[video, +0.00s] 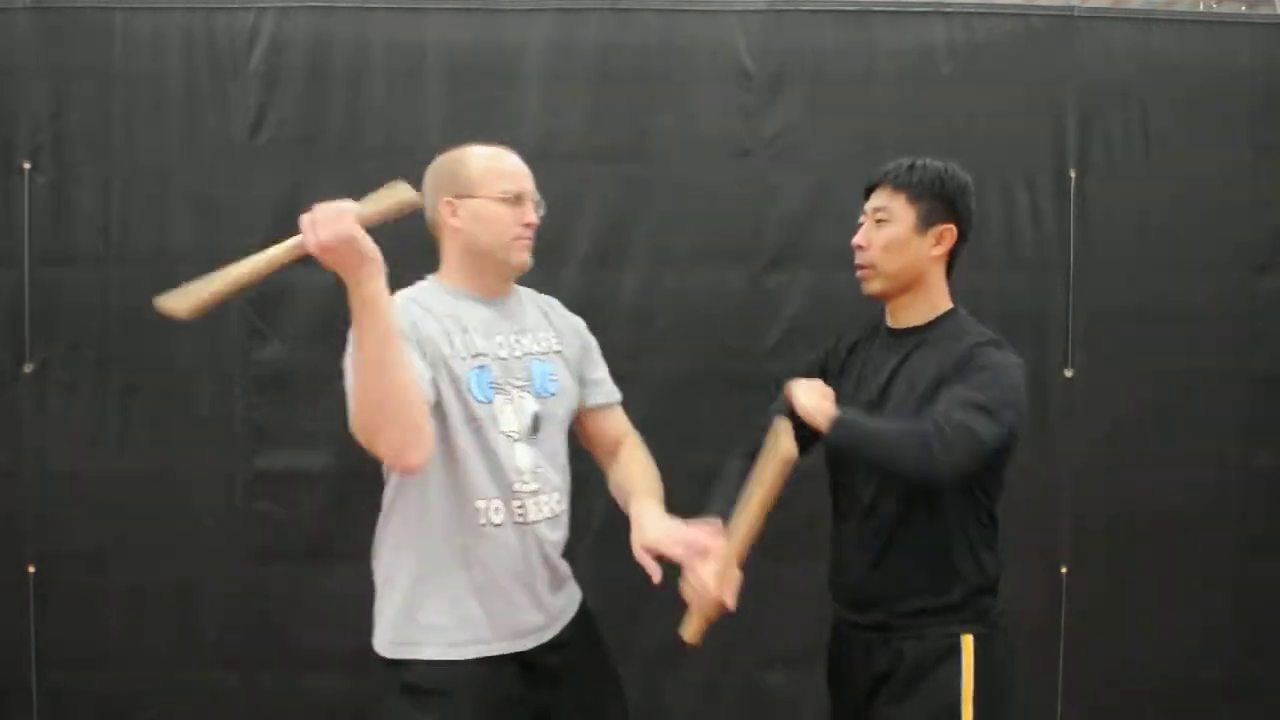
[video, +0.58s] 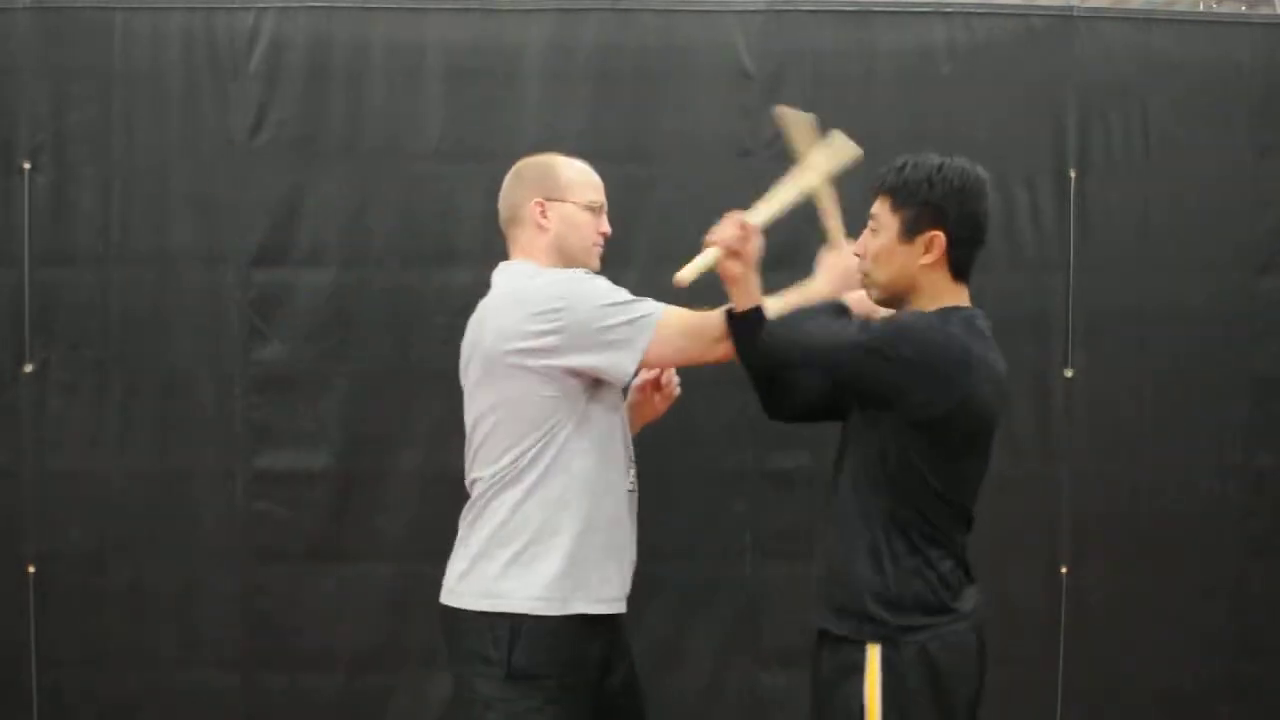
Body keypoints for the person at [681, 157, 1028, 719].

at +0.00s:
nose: (857, 241)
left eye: (880, 222)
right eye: (862, 223)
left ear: (940, 240)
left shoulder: (990, 366)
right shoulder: (851, 356)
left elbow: (943, 453)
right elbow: (772, 448)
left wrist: (833, 421)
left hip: (944, 647)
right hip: (856, 640)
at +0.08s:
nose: (852, 242)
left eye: (874, 223)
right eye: (856, 224)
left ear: (933, 240)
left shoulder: (977, 363)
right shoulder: (854, 359)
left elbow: (898, 397)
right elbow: (787, 468)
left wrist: (804, 382)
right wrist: (753, 580)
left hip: (942, 641)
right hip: (857, 636)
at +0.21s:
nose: (850, 247)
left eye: (872, 228)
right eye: (855, 228)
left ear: (931, 243)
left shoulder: (956, 349)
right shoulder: (869, 355)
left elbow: (846, 327)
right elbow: (817, 473)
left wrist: (718, 306)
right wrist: (784, 573)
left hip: (929, 644)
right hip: (861, 637)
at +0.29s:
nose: (852, 245)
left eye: (874, 227)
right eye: (858, 227)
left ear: (933, 244)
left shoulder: (942, 343)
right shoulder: (888, 346)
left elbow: (800, 300)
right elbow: (820, 455)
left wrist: (678, 257)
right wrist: (771, 524)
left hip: (925, 643)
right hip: (872, 635)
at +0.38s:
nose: (855, 242)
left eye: (876, 225)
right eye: (863, 224)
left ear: (936, 243)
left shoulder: (949, 341)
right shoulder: (890, 343)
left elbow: (824, 298)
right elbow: (817, 417)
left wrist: (712, 263)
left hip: (918, 642)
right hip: (868, 633)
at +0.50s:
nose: (858, 244)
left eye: (877, 227)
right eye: (866, 226)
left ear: (935, 246)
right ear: (933, 248)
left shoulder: (954, 338)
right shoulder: (896, 341)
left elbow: (792, 296)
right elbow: (772, 390)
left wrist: (804, 240)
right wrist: (714, 297)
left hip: (908, 641)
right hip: (869, 635)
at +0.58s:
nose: (859, 245)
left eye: (874, 230)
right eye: (866, 228)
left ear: (930, 247)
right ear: (928, 248)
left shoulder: (939, 344)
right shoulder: (922, 341)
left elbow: (787, 356)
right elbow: (788, 398)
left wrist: (836, 298)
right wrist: (742, 283)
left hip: (895, 647)